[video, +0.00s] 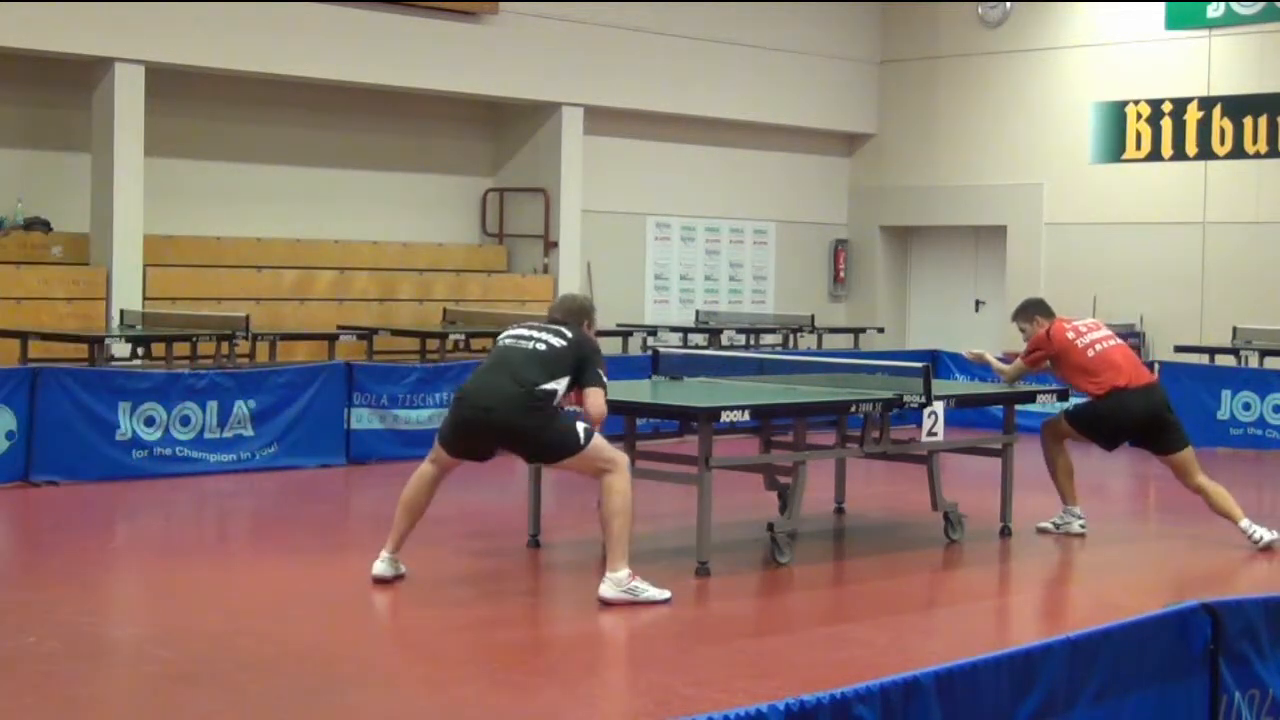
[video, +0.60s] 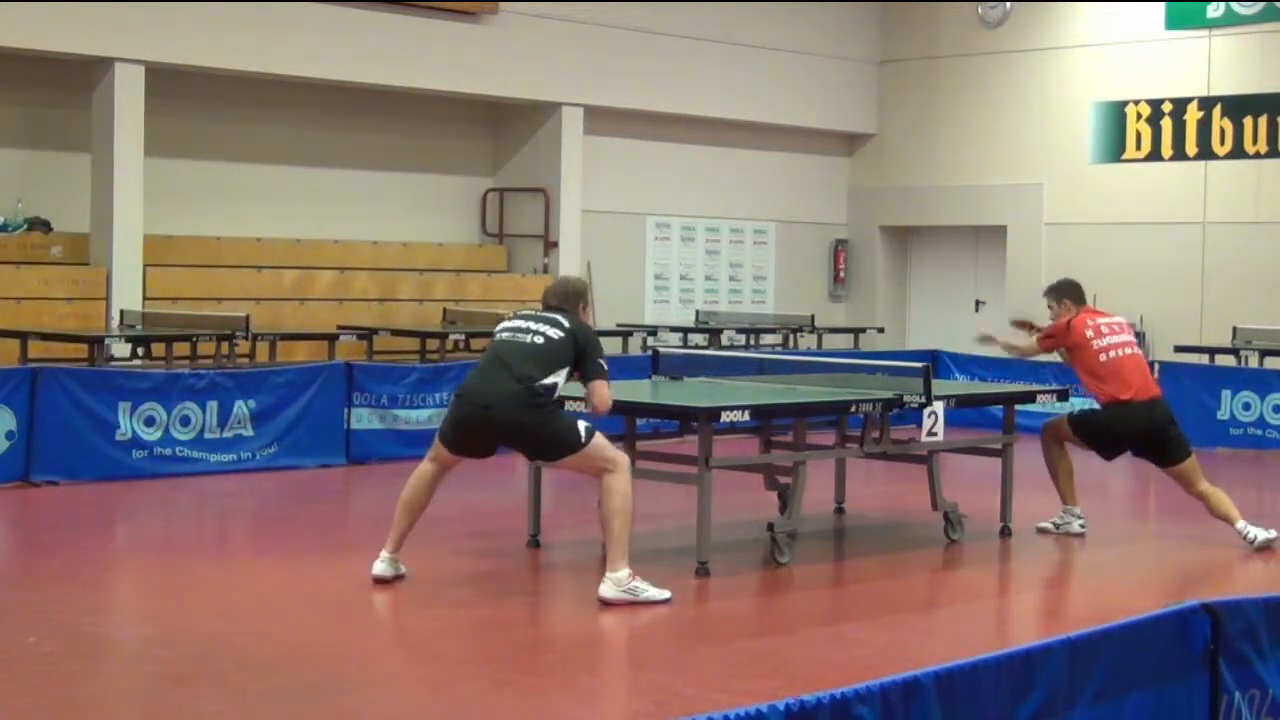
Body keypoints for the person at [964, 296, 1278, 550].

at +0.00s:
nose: (1025, 337)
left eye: (1025, 330)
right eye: (1023, 332)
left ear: (1038, 321)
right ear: (1050, 317)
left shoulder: (1047, 337)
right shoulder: (1085, 323)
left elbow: (1010, 374)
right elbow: (1063, 359)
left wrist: (988, 358)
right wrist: (1021, 358)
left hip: (1116, 405)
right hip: (1155, 398)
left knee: (1051, 431)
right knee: (1196, 479)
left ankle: (1072, 515)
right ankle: (1251, 529)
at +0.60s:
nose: (1051, 316)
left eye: (1052, 309)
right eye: (1050, 310)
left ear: (1068, 305)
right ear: (1080, 302)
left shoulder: (1066, 328)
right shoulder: (1115, 319)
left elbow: (1022, 351)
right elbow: (1078, 345)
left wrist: (995, 342)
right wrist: (1040, 332)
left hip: (1119, 417)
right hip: (1158, 413)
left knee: (1052, 431)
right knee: (1201, 486)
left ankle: (1071, 514)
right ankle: (1247, 530)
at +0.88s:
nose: (1079, 284)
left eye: (1083, 278)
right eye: (1081, 278)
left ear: (1096, 281)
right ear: (1113, 282)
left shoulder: (1089, 303)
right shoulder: (1141, 309)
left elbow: (1029, 297)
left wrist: (1012, 267)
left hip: (1124, 408)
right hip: (1163, 406)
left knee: (1056, 432)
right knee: (1205, 480)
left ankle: (1071, 515)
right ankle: (1249, 528)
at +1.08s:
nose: (1097, 271)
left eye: (1101, 266)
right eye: (1099, 265)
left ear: (1114, 271)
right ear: (1131, 272)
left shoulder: (1103, 299)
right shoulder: (1165, 303)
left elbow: (1040, 317)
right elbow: (1190, 350)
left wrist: (995, 313)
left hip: (1128, 400)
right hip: (1171, 400)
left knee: (1063, 429)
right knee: (1209, 475)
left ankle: (1072, 514)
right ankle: (1252, 528)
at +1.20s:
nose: (1099, 273)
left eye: (1102, 268)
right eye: (1100, 268)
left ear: (1112, 270)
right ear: (1135, 272)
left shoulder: (1106, 297)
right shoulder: (1165, 296)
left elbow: (1065, 327)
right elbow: (1210, 320)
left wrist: (1011, 346)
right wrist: (1182, 342)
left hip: (1131, 399)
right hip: (1174, 398)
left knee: (1060, 423)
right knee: (1211, 475)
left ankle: (1067, 508)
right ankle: (1251, 528)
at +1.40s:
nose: (1069, 299)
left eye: (1070, 293)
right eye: (1069, 293)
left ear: (1082, 290)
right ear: (1099, 288)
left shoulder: (1090, 309)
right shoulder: (1138, 295)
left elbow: (1078, 331)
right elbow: (1177, 281)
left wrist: (1034, 356)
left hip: (1124, 409)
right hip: (1164, 406)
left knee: (1048, 429)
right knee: (1199, 484)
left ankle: (1056, 514)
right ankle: (1250, 530)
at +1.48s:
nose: (1040, 309)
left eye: (1040, 302)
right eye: (1038, 302)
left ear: (1056, 296)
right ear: (1067, 293)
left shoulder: (1079, 310)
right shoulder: (1106, 292)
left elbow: (1079, 328)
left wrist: (1042, 349)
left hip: (1120, 399)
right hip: (1156, 397)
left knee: (1044, 430)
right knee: (1184, 482)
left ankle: (1056, 514)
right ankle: (1245, 527)